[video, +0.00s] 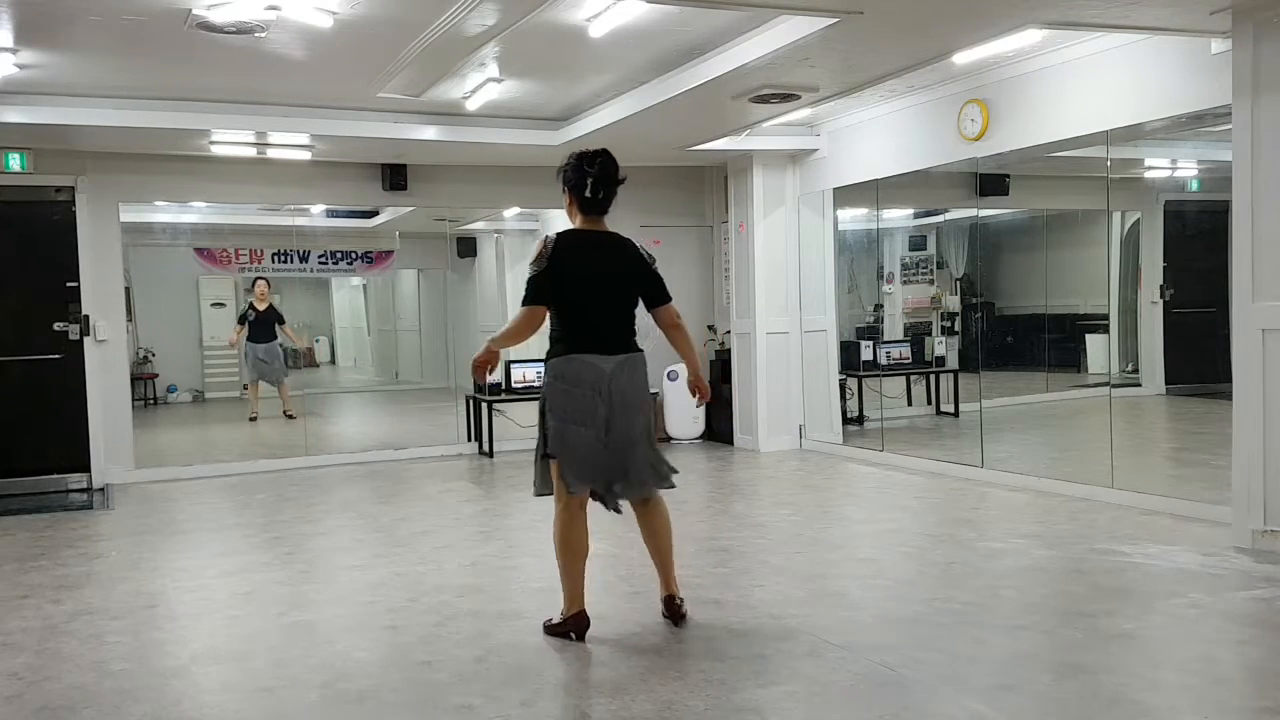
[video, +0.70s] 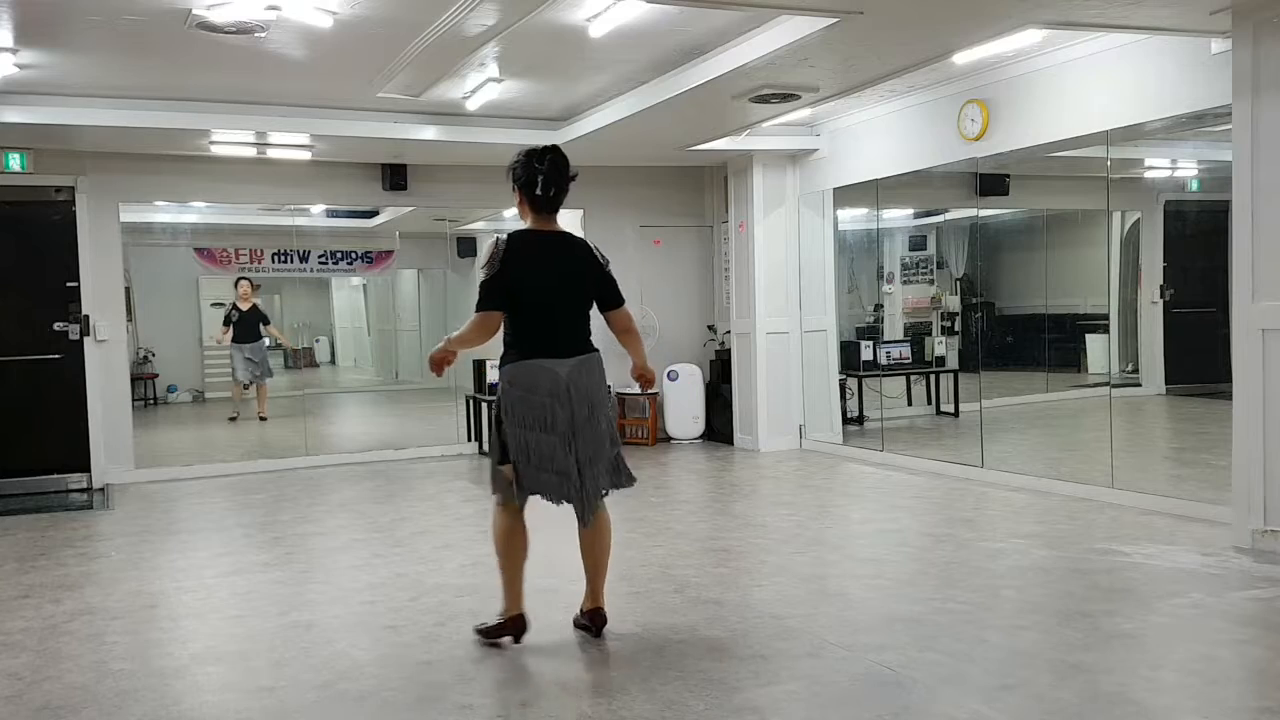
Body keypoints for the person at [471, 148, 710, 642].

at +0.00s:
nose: (563, 200)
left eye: (563, 194)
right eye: (567, 193)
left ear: (568, 197)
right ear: (612, 197)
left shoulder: (553, 251)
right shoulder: (631, 252)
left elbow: (531, 319)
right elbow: (669, 319)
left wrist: (494, 346)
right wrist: (695, 369)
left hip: (570, 378)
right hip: (628, 377)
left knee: (570, 496)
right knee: (644, 485)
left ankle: (574, 612)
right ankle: (671, 594)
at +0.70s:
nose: (513, 199)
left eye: (513, 192)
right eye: (516, 191)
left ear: (520, 196)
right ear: (564, 195)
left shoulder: (507, 251)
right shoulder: (585, 252)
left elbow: (487, 322)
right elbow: (621, 321)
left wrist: (452, 345)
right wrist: (641, 361)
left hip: (523, 379)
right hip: (583, 376)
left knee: (509, 497)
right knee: (591, 493)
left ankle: (513, 613)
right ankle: (594, 606)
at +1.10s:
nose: (456, 195)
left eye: (454, 189)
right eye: (461, 188)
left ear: (458, 195)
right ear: (505, 194)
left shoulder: (440, 251)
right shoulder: (524, 252)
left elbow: (412, 324)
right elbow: (568, 321)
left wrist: (390, 330)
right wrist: (607, 372)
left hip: (463, 380)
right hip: (523, 379)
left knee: (465, 503)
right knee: (548, 490)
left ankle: (472, 623)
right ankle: (586, 596)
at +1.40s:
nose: (428, 198)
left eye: (424, 191)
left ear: (424, 197)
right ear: (473, 195)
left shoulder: (408, 254)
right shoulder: (494, 252)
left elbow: (376, 320)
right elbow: (538, 320)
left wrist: (356, 358)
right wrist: (584, 371)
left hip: (430, 383)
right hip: (493, 382)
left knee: (448, 508)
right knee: (503, 500)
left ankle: (472, 623)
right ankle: (504, 612)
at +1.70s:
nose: (405, 201)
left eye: (400, 194)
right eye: (436, 191)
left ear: (399, 199)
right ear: (450, 196)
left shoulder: (382, 258)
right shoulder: (474, 254)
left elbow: (348, 332)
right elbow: (517, 323)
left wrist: (312, 394)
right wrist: (555, 373)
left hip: (401, 393)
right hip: (462, 392)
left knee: (442, 511)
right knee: (453, 517)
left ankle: (469, 621)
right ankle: (424, 643)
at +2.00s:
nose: (385, 195)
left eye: (376, 187)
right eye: (408, 186)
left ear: (373, 192)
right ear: (425, 190)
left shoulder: (354, 254)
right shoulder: (448, 249)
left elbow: (314, 326)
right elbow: (493, 319)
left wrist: (274, 391)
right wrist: (513, 367)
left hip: (375, 389)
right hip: (442, 385)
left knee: (392, 519)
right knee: (440, 522)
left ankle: (396, 636)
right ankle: (420, 655)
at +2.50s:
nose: (313, 188)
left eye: (307, 180)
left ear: (306, 186)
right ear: (362, 188)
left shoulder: (287, 248)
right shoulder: (381, 254)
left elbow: (247, 323)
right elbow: (434, 324)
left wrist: (209, 353)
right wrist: (484, 380)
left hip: (309, 392)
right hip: (375, 392)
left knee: (328, 529)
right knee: (383, 518)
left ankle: (350, 661)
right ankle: (405, 633)